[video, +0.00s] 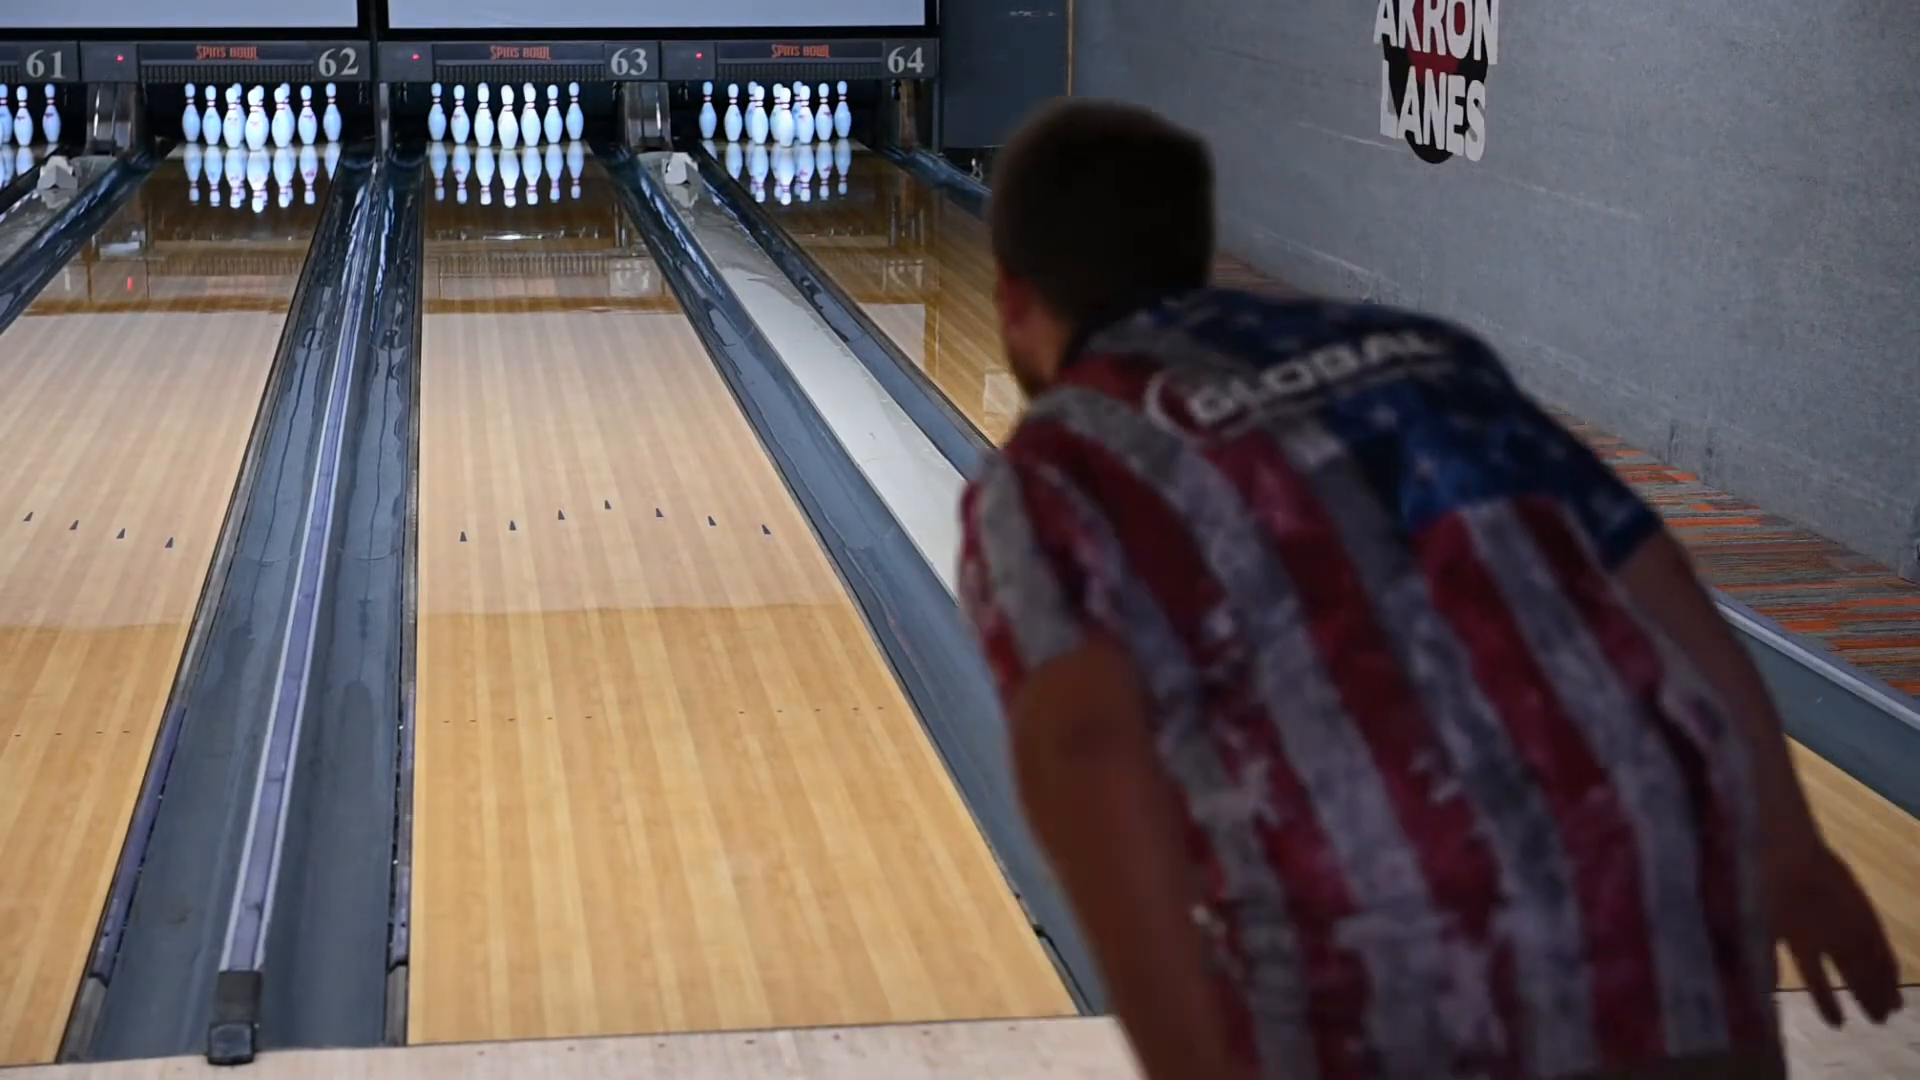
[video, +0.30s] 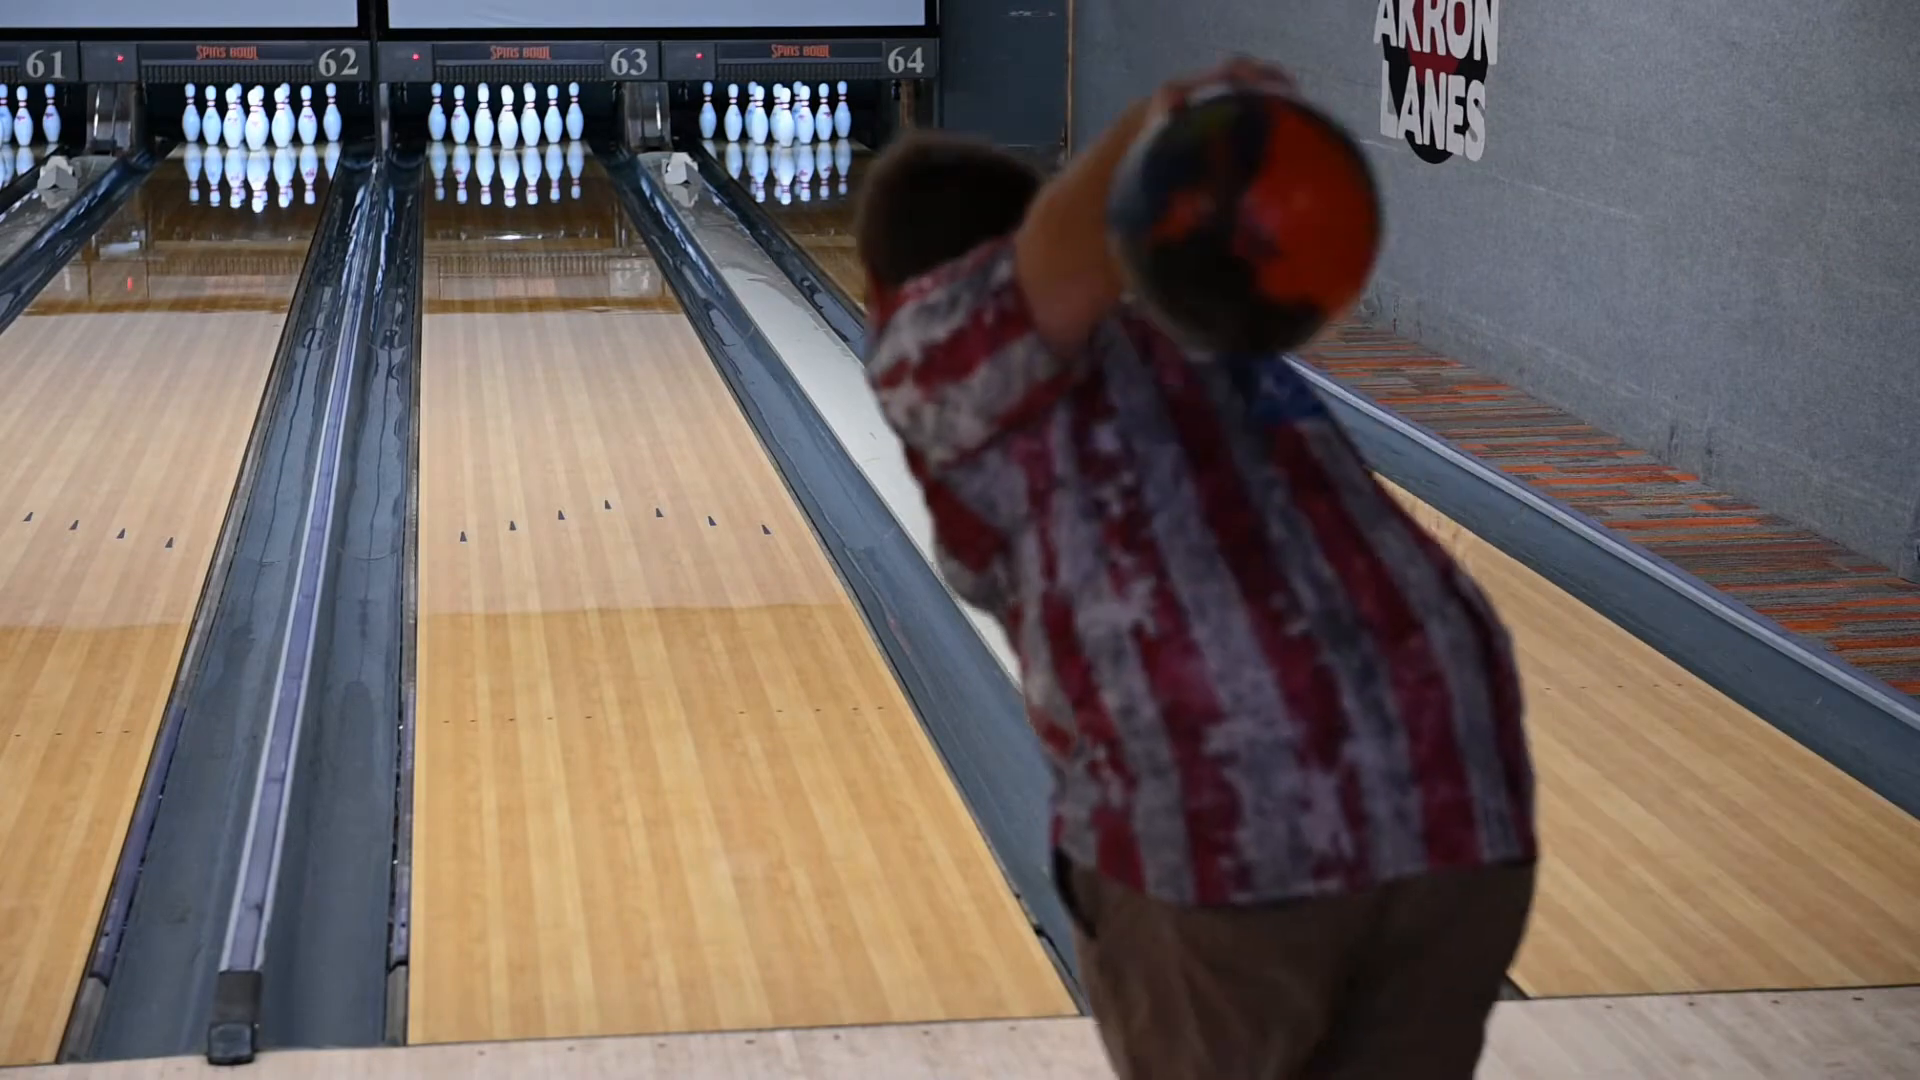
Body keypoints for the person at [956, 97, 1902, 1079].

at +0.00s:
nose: (998, 312)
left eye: (998, 288)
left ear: (1018, 298)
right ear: (1203, 256)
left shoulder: (1043, 474)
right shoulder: (1414, 340)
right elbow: (1664, 583)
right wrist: (1788, 838)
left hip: (1377, 965)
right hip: (1677, 891)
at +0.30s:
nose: (866, 315)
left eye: (867, 299)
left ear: (885, 290)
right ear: (1034, 220)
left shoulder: (925, 356)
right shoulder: (1202, 282)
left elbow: (1058, 261)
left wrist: (1161, 128)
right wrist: (1180, 124)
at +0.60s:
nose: (747, 457)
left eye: (740, 438)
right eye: (746, 439)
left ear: (754, 435)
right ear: (882, 383)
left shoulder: (800, 514)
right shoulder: (997, 425)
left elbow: (914, 590)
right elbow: (1190, 452)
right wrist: (1333, 494)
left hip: (1141, 812)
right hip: (1283, 731)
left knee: (1149, 1063)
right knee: (1061, 1023)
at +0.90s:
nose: (731, 382)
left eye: (730, 365)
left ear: (739, 366)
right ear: (855, 317)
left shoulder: (743, 455)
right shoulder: (969, 341)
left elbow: (701, 575)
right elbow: (1145, 467)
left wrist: (754, 462)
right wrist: (1192, 633)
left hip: (995, 689)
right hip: (1142, 615)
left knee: (1143, 962)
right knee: (985, 824)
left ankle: (1407, 1071)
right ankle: (931, 1069)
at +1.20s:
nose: (723, 205)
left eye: (722, 188)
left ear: (725, 189)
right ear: (842, 159)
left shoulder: (728, 273)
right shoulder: (946, 212)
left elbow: (606, 331)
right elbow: (1055, 338)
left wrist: (627, 185)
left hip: (955, 539)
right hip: (1109, 508)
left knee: (1032, 838)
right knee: (978, 809)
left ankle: (1244, 1068)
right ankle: (939, 1068)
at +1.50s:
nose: (714, 178)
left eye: (713, 163)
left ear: (724, 170)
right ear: (840, 140)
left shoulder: (717, 295)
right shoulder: (958, 202)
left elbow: (715, 487)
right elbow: (1067, 348)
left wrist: (733, 514)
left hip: (931, 554)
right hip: (1092, 525)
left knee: (975, 856)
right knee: (973, 825)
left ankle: (1145, 1072)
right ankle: (931, 1069)